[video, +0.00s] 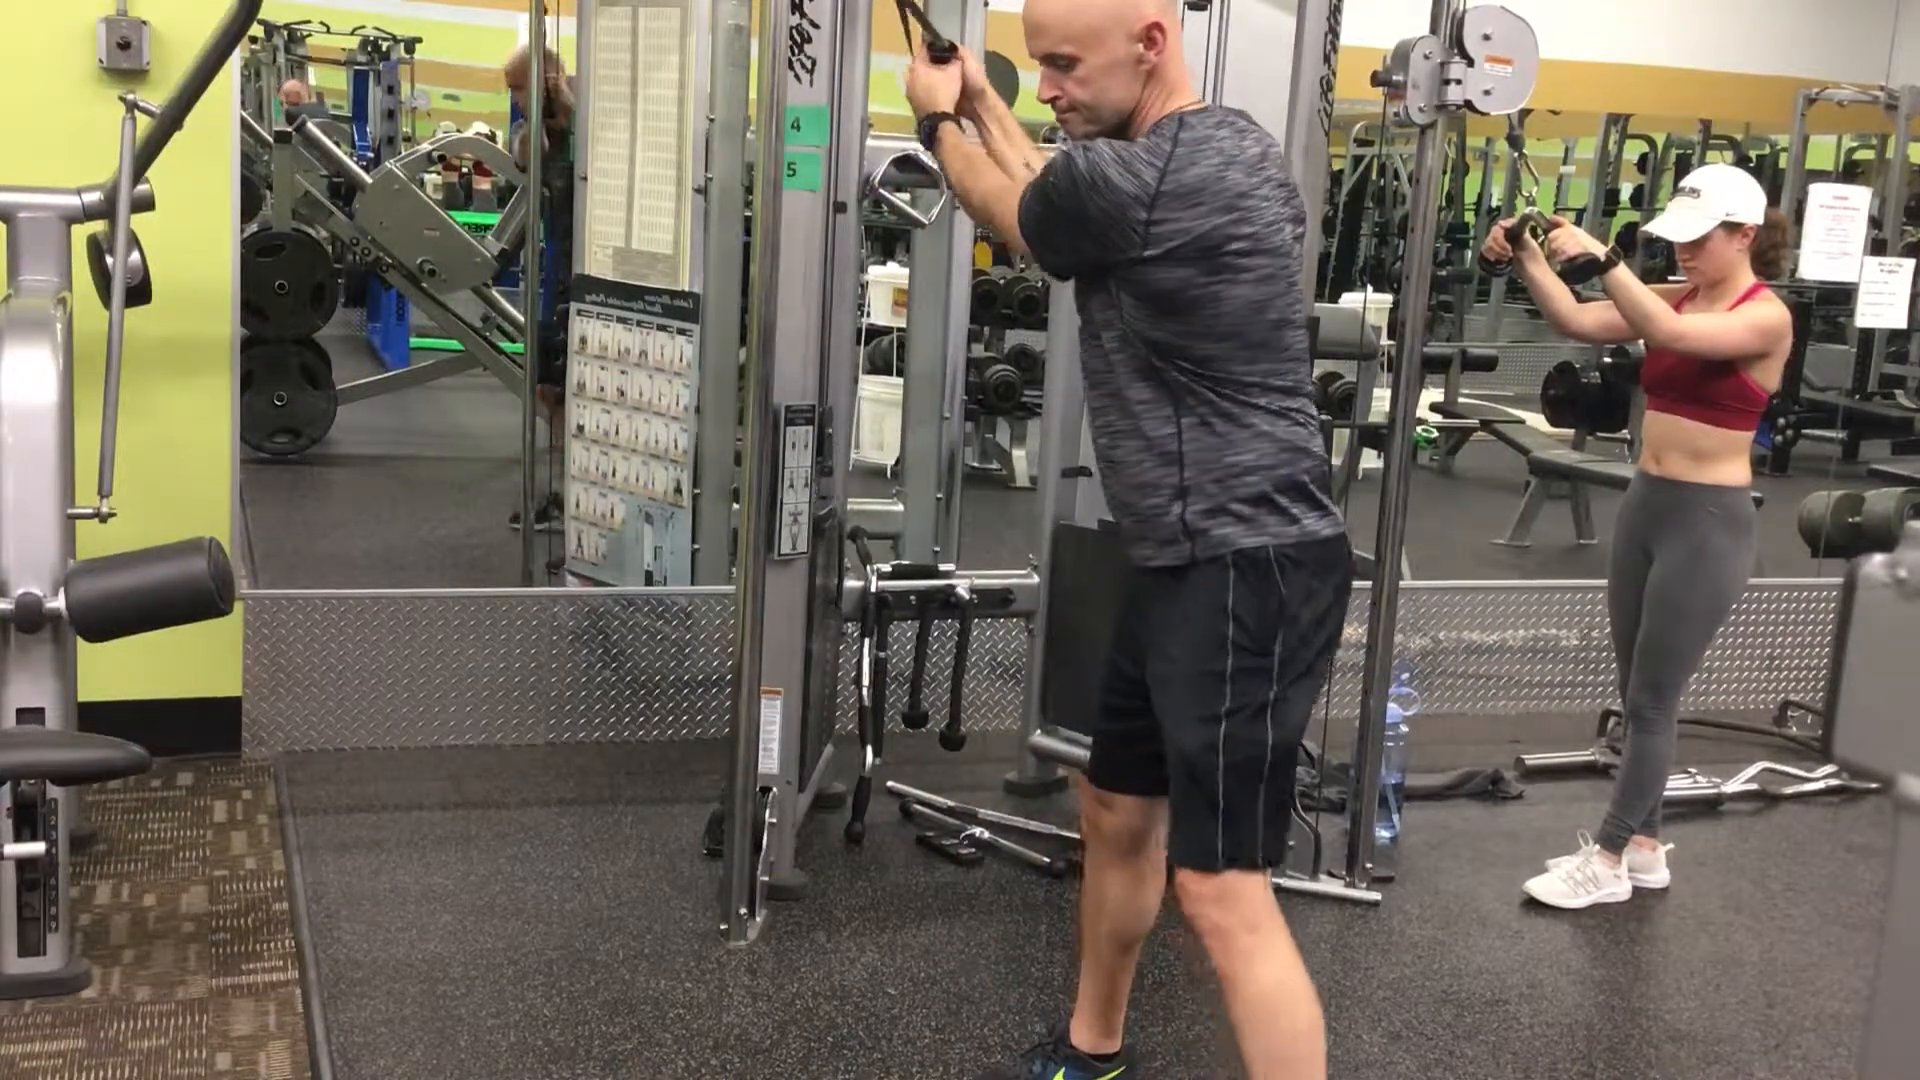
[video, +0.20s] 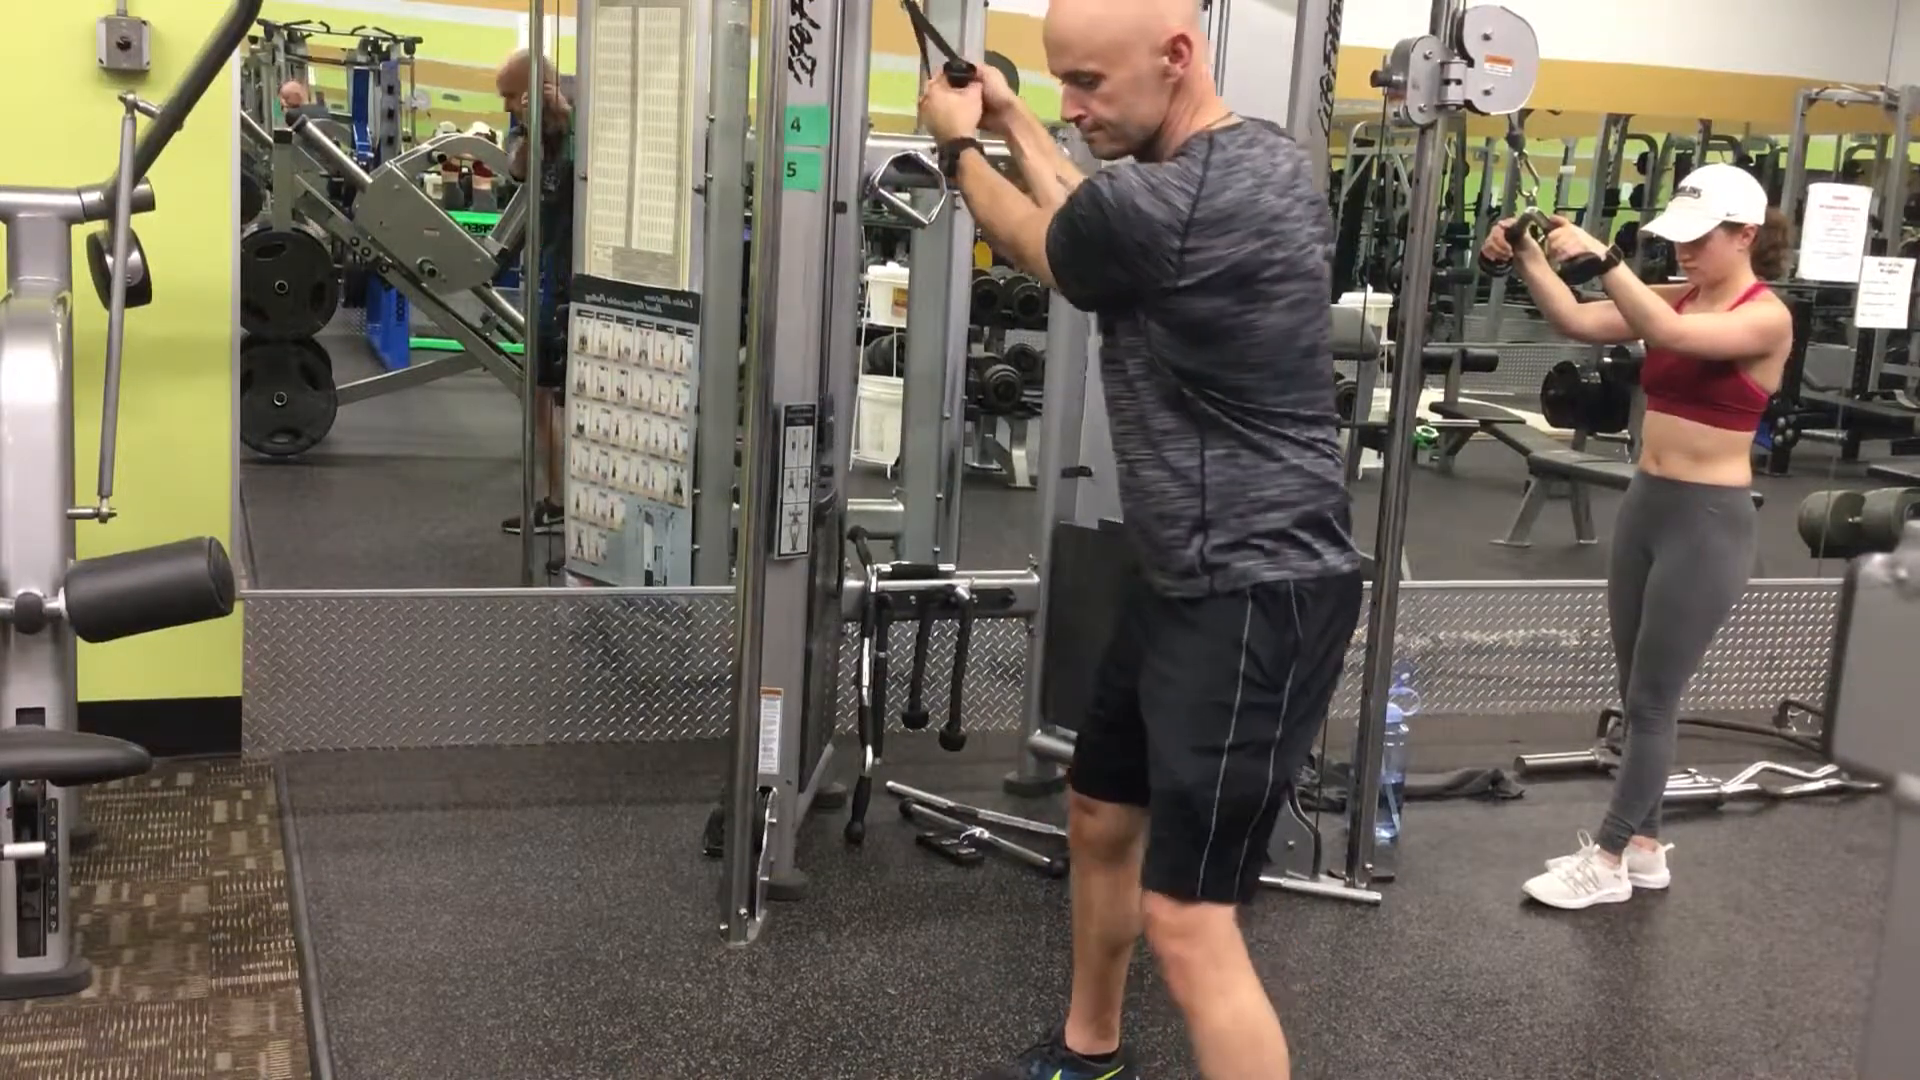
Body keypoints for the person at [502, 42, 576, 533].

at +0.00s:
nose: (518, 103)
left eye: (523, 92)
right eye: (514, 94)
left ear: (551, 81)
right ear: (525, 88)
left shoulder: (587, 126)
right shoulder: (532, 134)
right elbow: (521, 208)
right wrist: (492, 264)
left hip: (582, 270)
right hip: (551, 272)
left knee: (563, 389)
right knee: (548, 387)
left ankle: (583, 493)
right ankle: (563, 491)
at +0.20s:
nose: (514, 109)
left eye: (519, 99)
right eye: (509, 102)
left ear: (548, 90)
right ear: (512, 99)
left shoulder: (586, 131)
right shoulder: (533, 137)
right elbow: (517, 185)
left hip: (578, 279)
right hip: (543, 278)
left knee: (579, 400)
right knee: (541, 395)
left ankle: (585, 506)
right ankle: (554, 499)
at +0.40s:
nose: (514, 105)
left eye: (521, 94)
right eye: (509, 97)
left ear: (549, 87)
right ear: (513, 97)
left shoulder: (584, 134)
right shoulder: (530, 141)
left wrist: (568, 122)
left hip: (577, 283)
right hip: (543, 282)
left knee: (579, 398)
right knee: (534, 391)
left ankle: (583, 504)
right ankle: (554, 499)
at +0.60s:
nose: (513, 101)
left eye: (519, 91)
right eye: (511, 92)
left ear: (545, 89)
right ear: (550, 89)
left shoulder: (547, 139)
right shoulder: (547, 139)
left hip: (556, 285)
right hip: (552, 282)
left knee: (532, 390)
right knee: (539, 392)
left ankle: (555, 497)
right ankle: (556, 496)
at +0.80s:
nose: (513, 102)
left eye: (519, 93)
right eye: (513, 94)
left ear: (543, 88)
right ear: (552, 84)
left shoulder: (544, 132)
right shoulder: (570, 126)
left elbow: (528, 169)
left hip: (555, 281)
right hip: (564, 277)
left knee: (544, 399)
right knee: (549, 399)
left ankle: (546, 500)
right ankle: (549, 499)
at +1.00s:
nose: (514, 102)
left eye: (519, 93)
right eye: (514, 94)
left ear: (539, 89)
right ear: (552, 84)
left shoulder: (547, 131)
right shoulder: (572, 124)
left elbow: (526, 168)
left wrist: (487, 142)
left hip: (557, 278)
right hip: (568, 274)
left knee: (543, 397)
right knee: (549, 397)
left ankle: (547, 499)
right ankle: (548, 498)